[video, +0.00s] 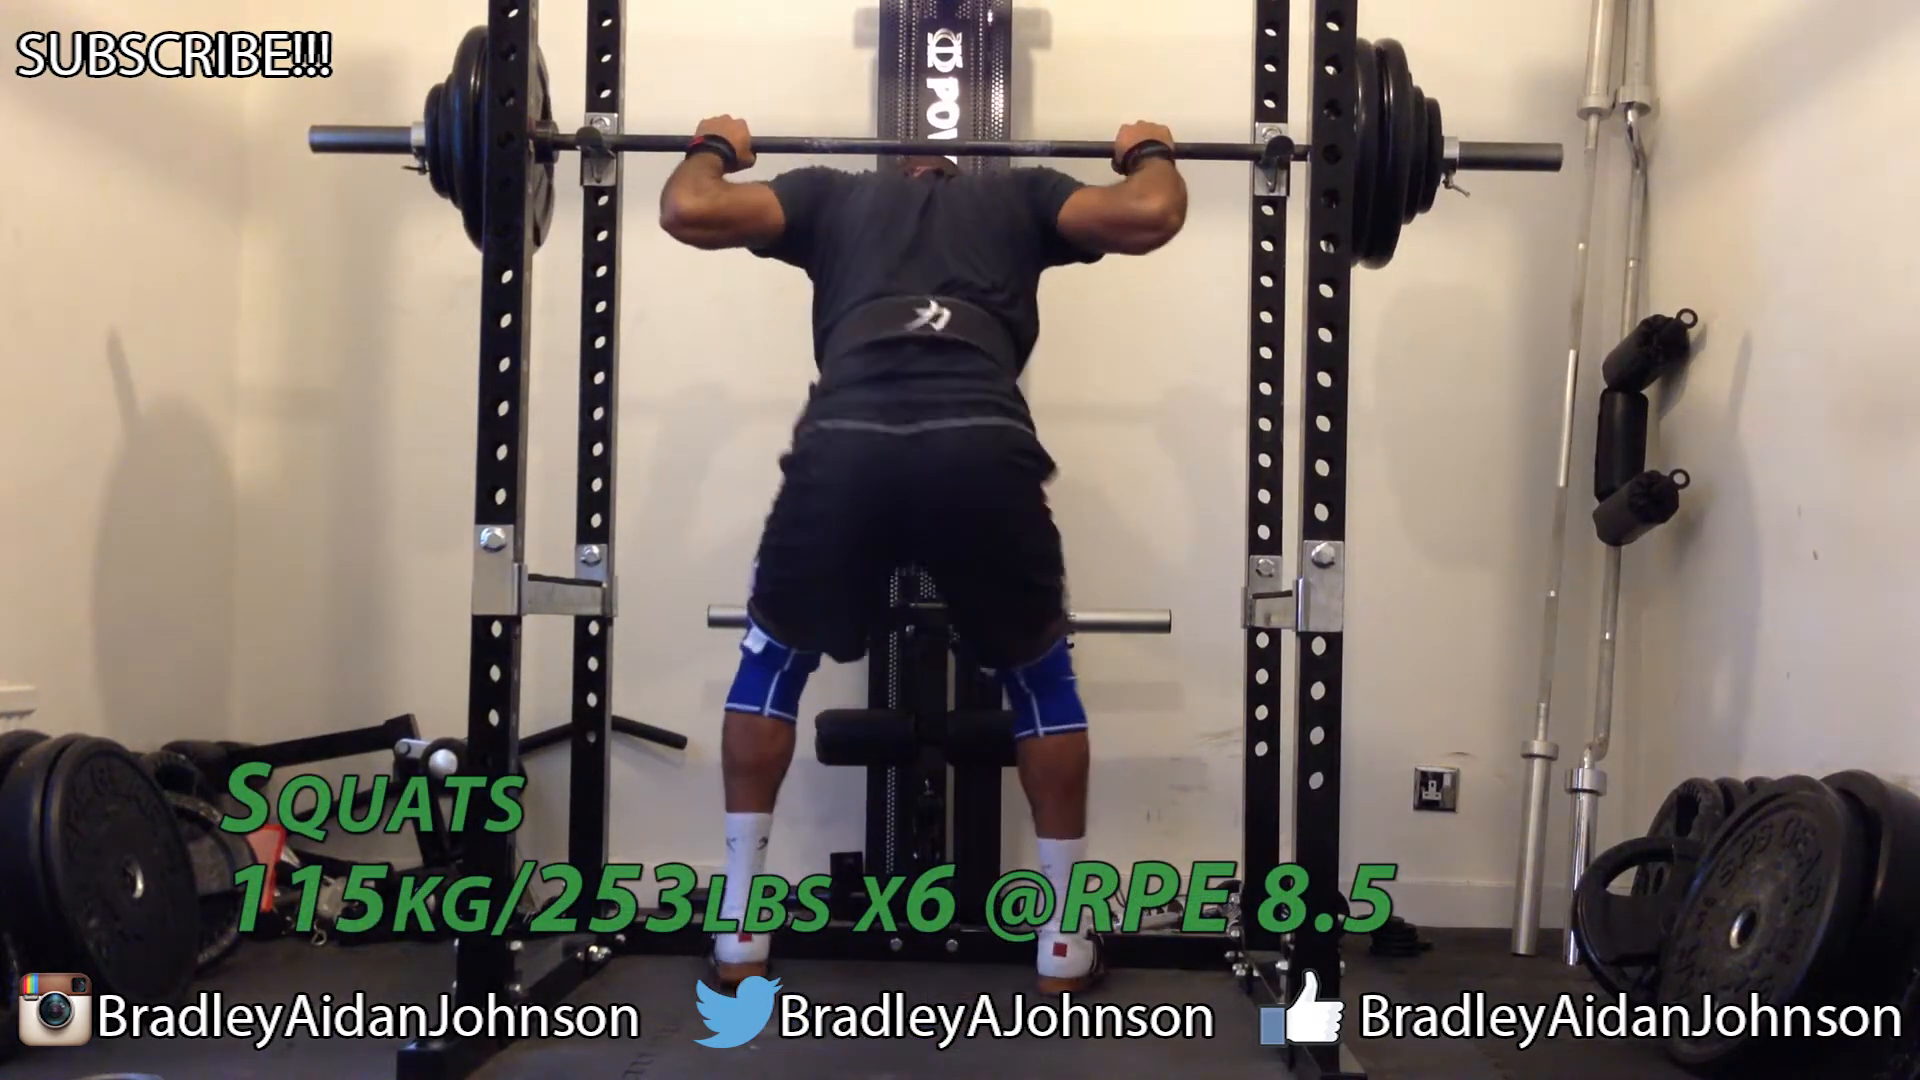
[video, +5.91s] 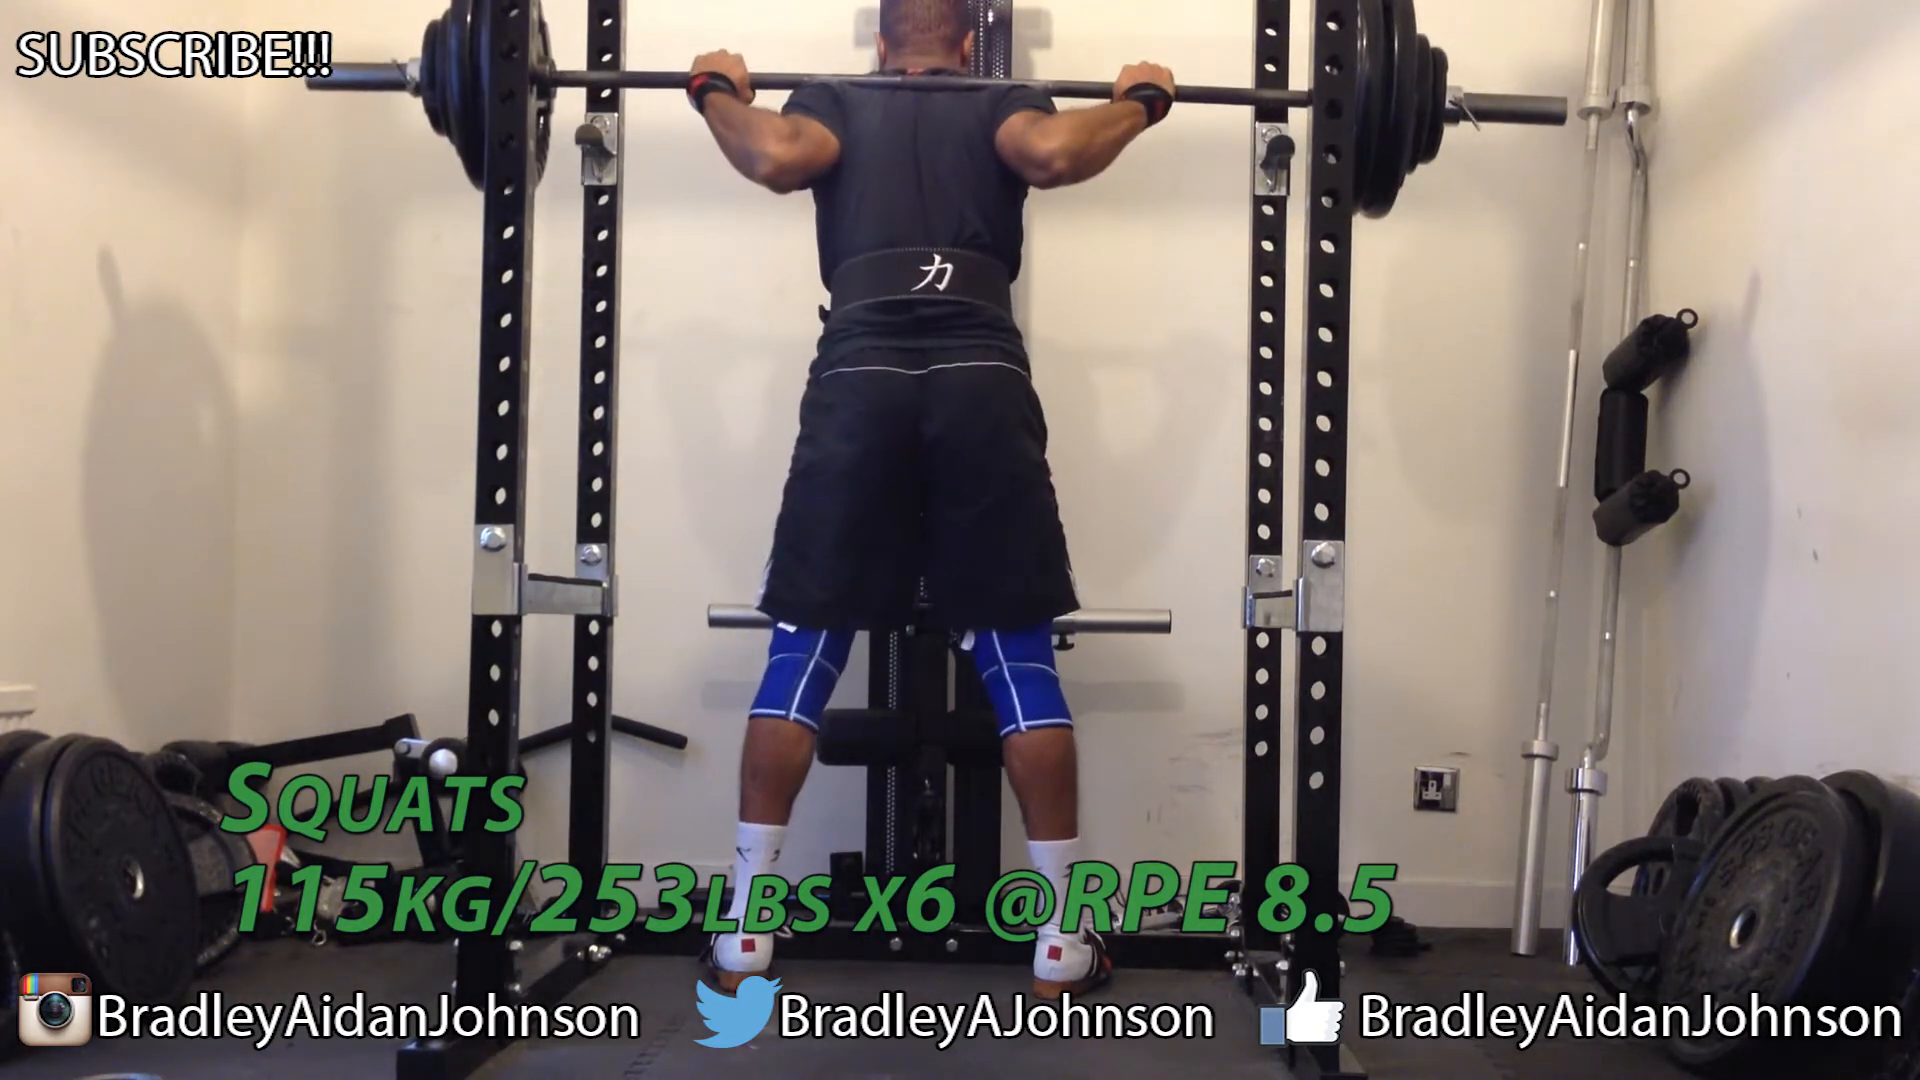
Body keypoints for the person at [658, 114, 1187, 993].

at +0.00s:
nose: (919, 151)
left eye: (904, 149)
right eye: (937, 148)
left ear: (887, 165)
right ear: (971, 166)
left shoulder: (832, 194)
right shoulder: (1020, 191)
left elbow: (686, 211)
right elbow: (1153, 216)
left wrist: (714, 148)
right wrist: (1151, 151)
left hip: (843, 455)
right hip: (982, 454)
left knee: (772, 661)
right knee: (1041, 677)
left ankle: (739, 917)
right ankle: (1064, 932)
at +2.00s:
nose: (884, 20)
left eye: (890, 11)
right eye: (908, 11)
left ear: (882, 37)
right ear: (969, 37)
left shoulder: (825, 143)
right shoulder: (1010, 144)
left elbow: (796, 293)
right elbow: (1040, 286)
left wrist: (724, 189)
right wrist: (1133, 195)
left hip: (849, 401)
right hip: (971, 404)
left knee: (795, 658)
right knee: (1022, 663)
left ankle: (749, 912)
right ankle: (1058, 922)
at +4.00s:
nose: (914, 117)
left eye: (894, 105)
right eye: (953, 104)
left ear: (879, 114)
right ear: (967, 114)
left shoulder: (836, 164)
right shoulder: (1001, 165)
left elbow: (783, 239)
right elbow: (1050, 232)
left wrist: (720, 169)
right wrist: (1136, 172)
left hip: (842, 421)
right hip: (973, 423)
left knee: (774, 664)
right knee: (1036, 677)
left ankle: (745, 918)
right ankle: (1061, 930)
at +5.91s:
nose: (936, 31)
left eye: (902, 21)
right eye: (959, 23)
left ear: (880, 40)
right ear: (968, 36)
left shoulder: (835, 105)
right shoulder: (995, 103)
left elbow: (774, 155)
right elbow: (1056, 151)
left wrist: (723, 99)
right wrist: (1136, 104)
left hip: (855, 392)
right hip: (982, 392)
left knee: (802, 652)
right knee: (1020, 658)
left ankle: (746, 923)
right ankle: (1061, 930)